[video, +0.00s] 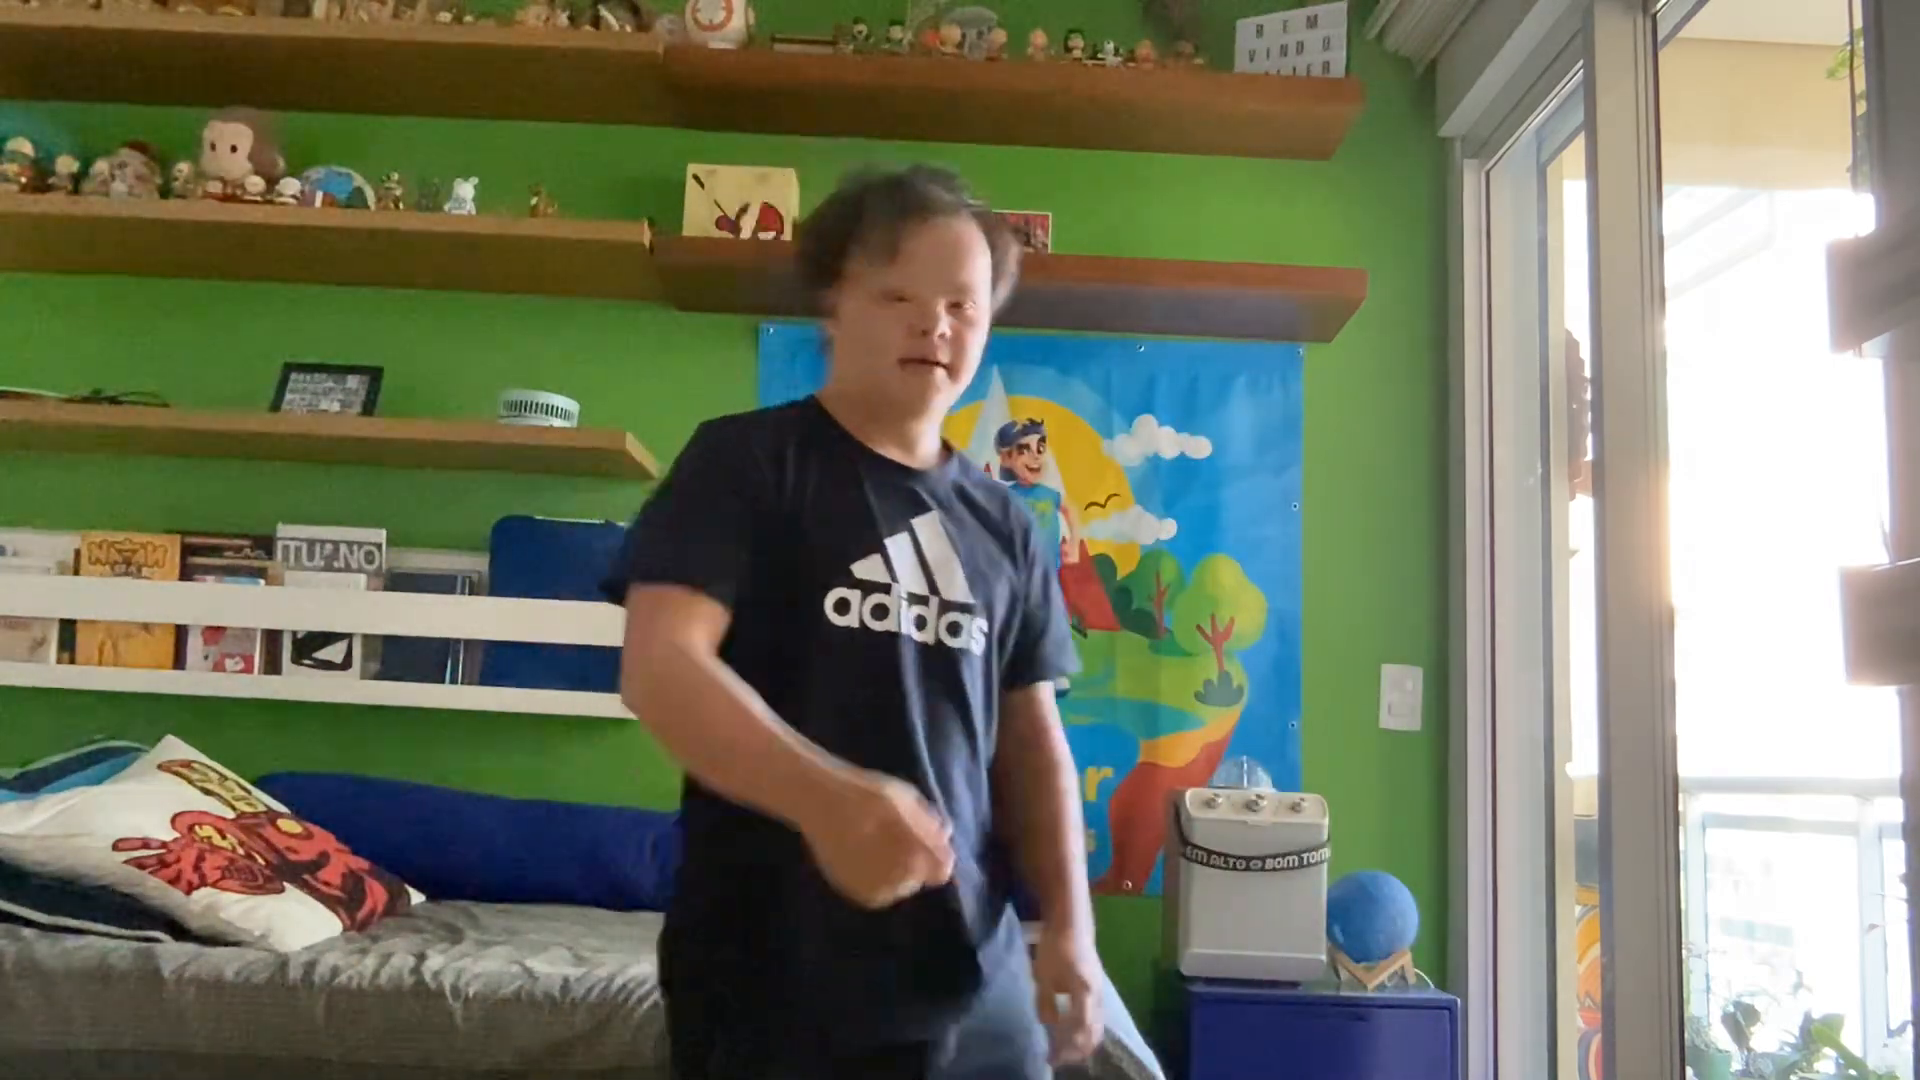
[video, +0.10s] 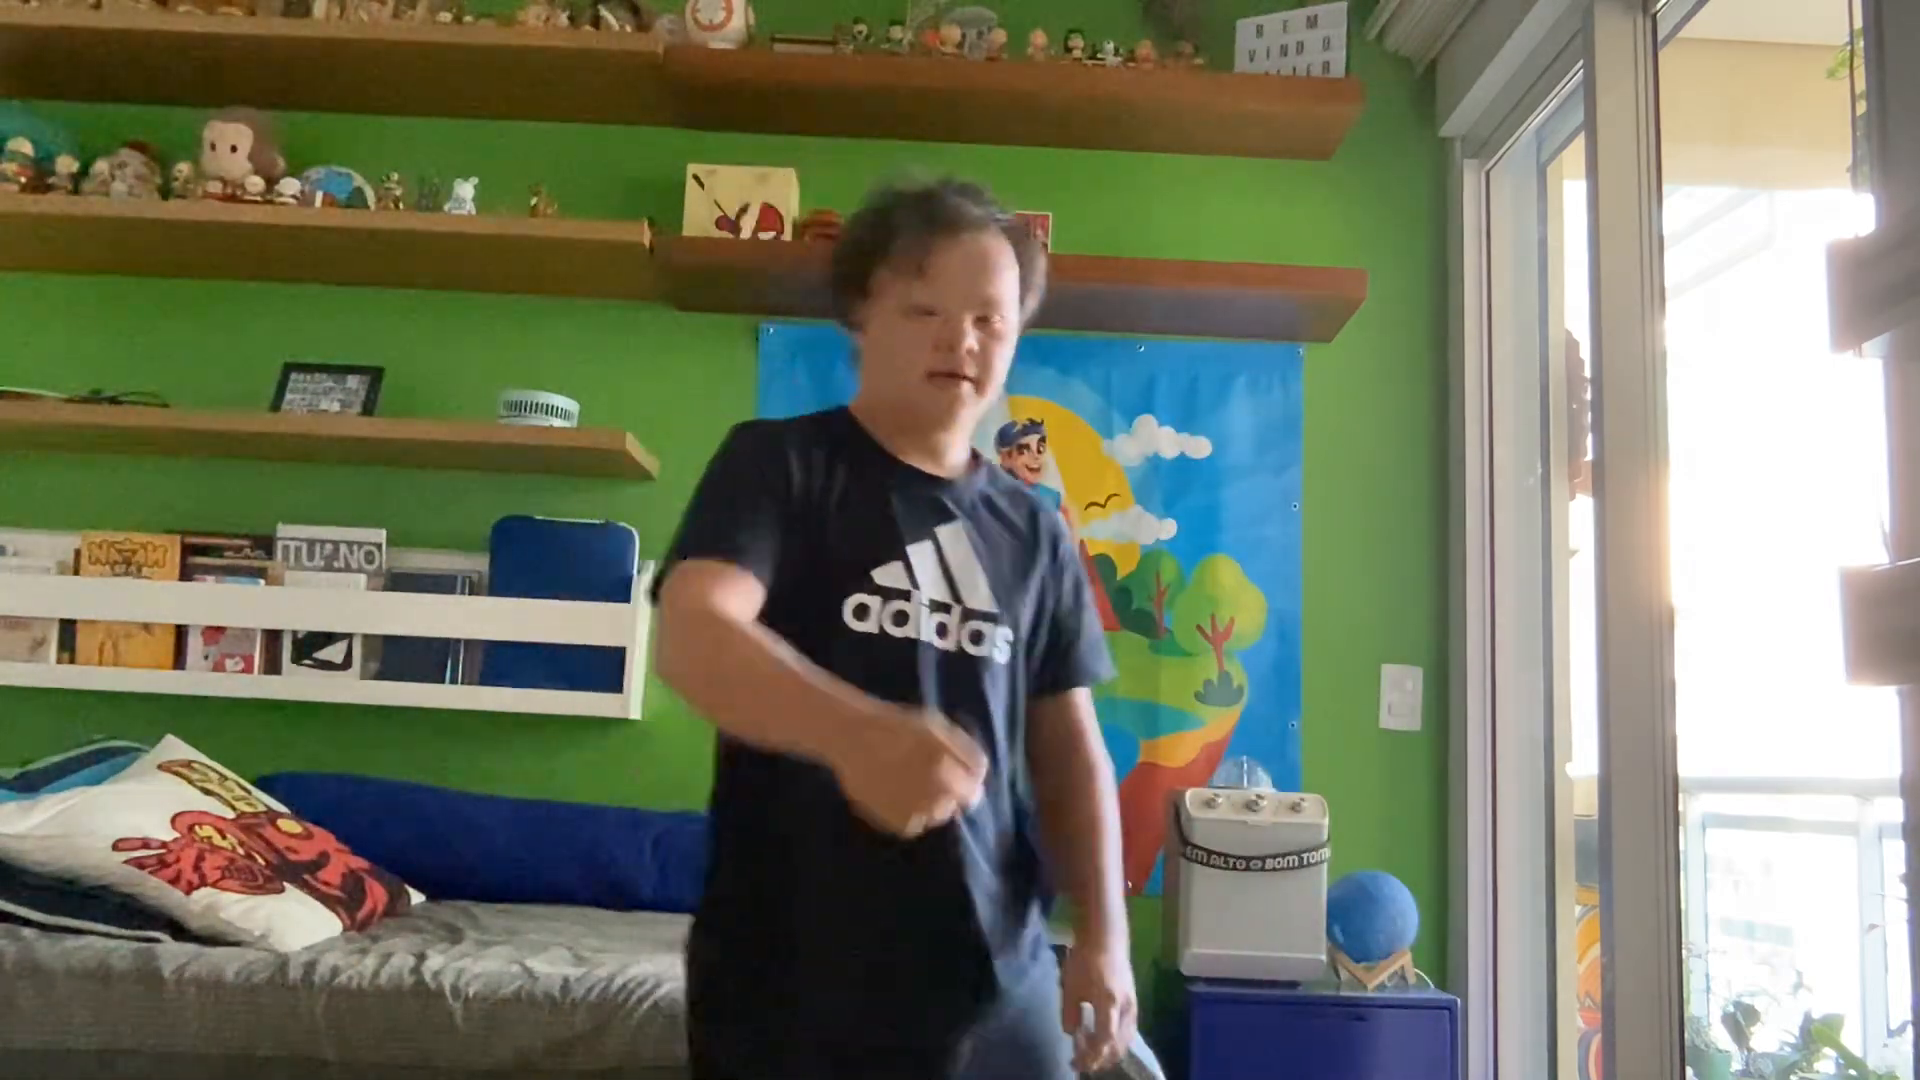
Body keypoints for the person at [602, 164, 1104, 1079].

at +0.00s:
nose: (933, 325)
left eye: (959, 303)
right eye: (896, 296)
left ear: (985, 329)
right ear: (833, 302)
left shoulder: (1004, 524)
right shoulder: (741, 462)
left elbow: (1032, 736)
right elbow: (659, 664)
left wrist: (1066, 927)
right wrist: (822, 797)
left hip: (973, 986)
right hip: (778, 982)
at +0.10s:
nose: (958, 340)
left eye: (986, 318)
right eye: (924, 310)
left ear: (1015, 341)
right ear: (859, 316)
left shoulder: (1035, 531)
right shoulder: (774, 463)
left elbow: (1067, 740)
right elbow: (695, 636)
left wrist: (1101, 935)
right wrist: (853, 732)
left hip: (995, 990)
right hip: (795, 983)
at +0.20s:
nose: (1006, 359)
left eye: (1033, 336)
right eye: (971, 331)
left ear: (1063, 356)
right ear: (907, 339)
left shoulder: (1092, 554)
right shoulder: (833, 477)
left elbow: (1138, 756)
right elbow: (751, 593)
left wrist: (1152, 955)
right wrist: (891, 647)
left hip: (1033, 991)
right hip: (835, 978)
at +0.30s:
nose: (1056, 361)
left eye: (1083, 337)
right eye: (1021, 333)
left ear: (1115, 352)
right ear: (962, 344)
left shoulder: (1151, 549)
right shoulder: (880, 482)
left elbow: (1206, 740)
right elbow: (814, 606)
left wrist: (1190, 897)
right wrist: (918, 636)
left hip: (1077, 997)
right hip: (876, 973)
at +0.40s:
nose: (1100, 360)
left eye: (1127, 335)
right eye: (1065, 336)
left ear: (1163, 352)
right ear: (1013, 352)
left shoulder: (1210, 537)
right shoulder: (928, 507)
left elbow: (1267, 673)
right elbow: (860, 673)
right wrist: (961, 717)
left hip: (1110, 989)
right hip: (907, 974)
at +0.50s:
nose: (1107, 366)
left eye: (1134, 341)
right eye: (1071, 343)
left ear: (1173, 360)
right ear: (1024, 364)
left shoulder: (1206, 517)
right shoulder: (943, 509)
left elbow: (1241, 576)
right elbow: (861, 680)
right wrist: (974, 714)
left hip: (1113, 969)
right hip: (923, 957)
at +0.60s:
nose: (1095, 379)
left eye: (1121, 353)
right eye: (1060, 356)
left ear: (1158, 370)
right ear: (1011, 377)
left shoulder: (1183, 500)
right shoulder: (936, 521)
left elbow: (1200, 537)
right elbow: (839, 668)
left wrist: (1144, 523)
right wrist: (965, 642)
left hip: (1118, 975)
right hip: (930, 965)